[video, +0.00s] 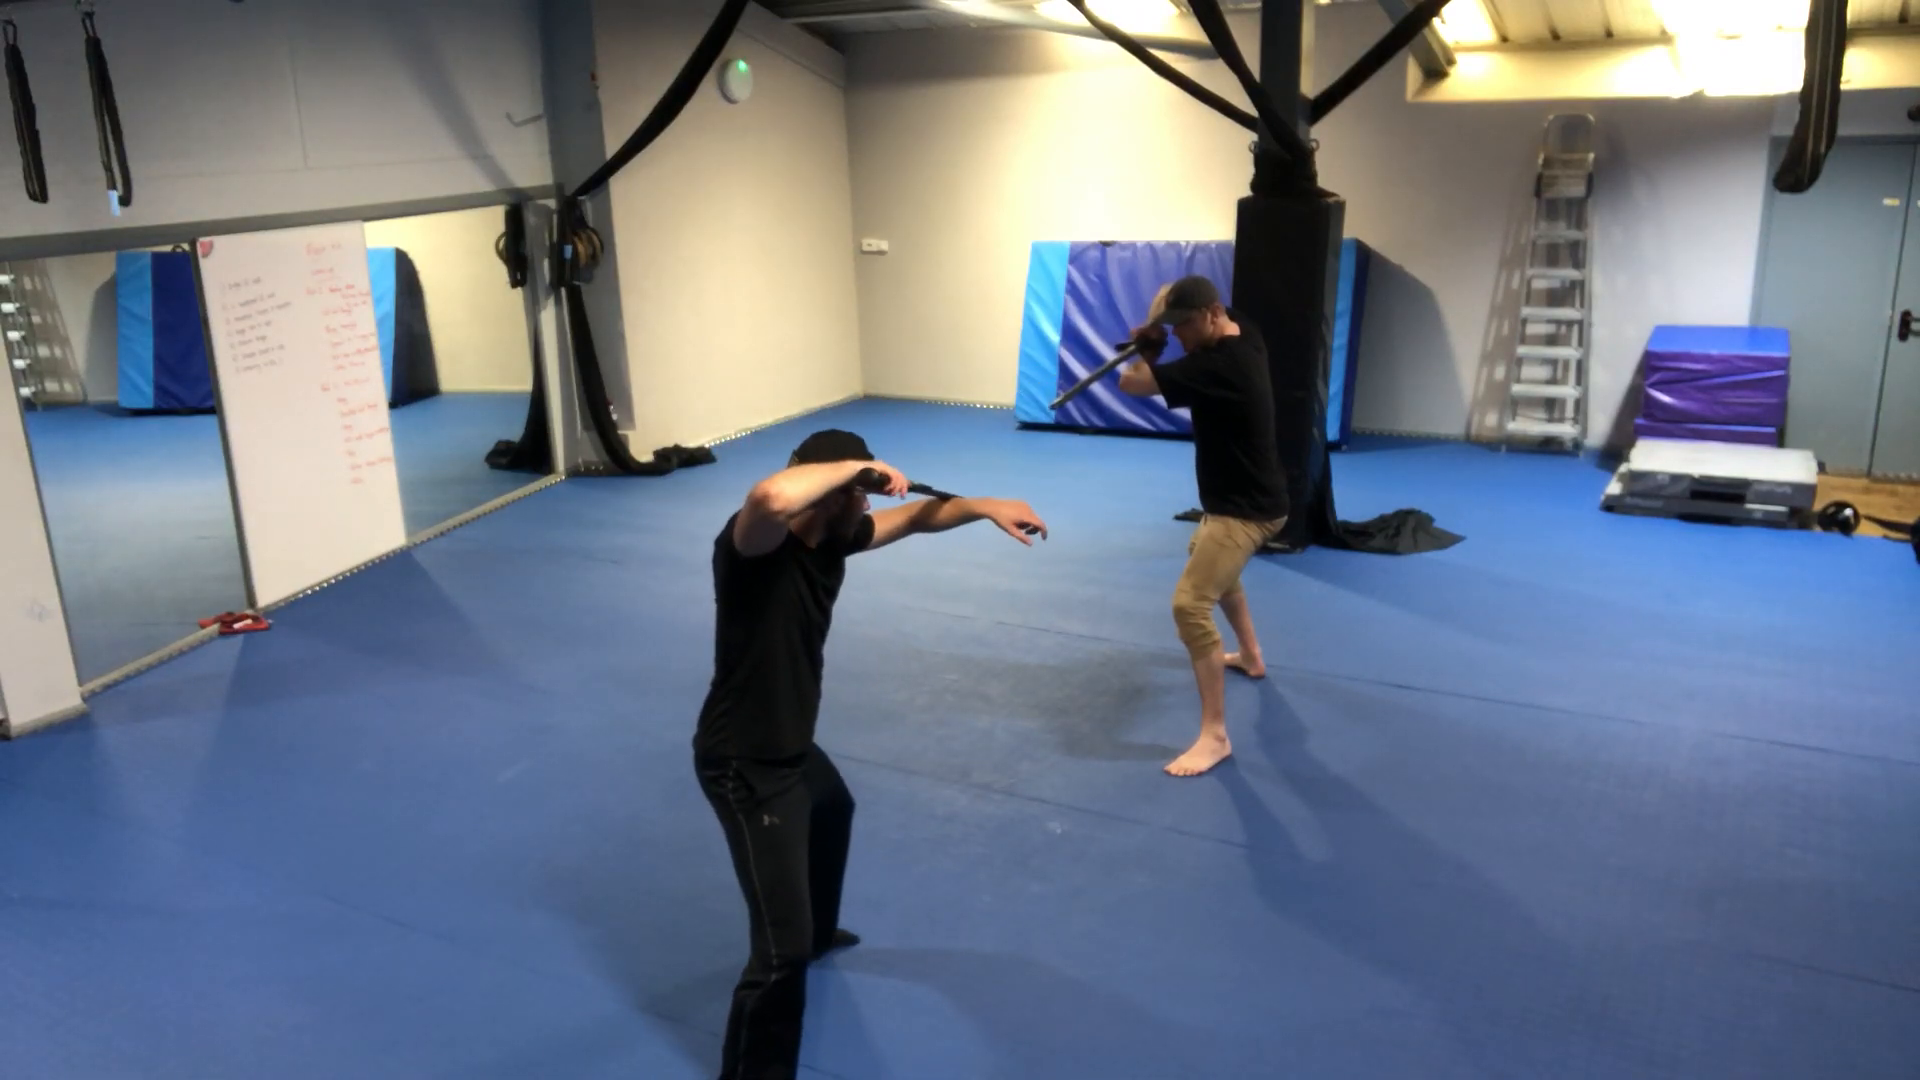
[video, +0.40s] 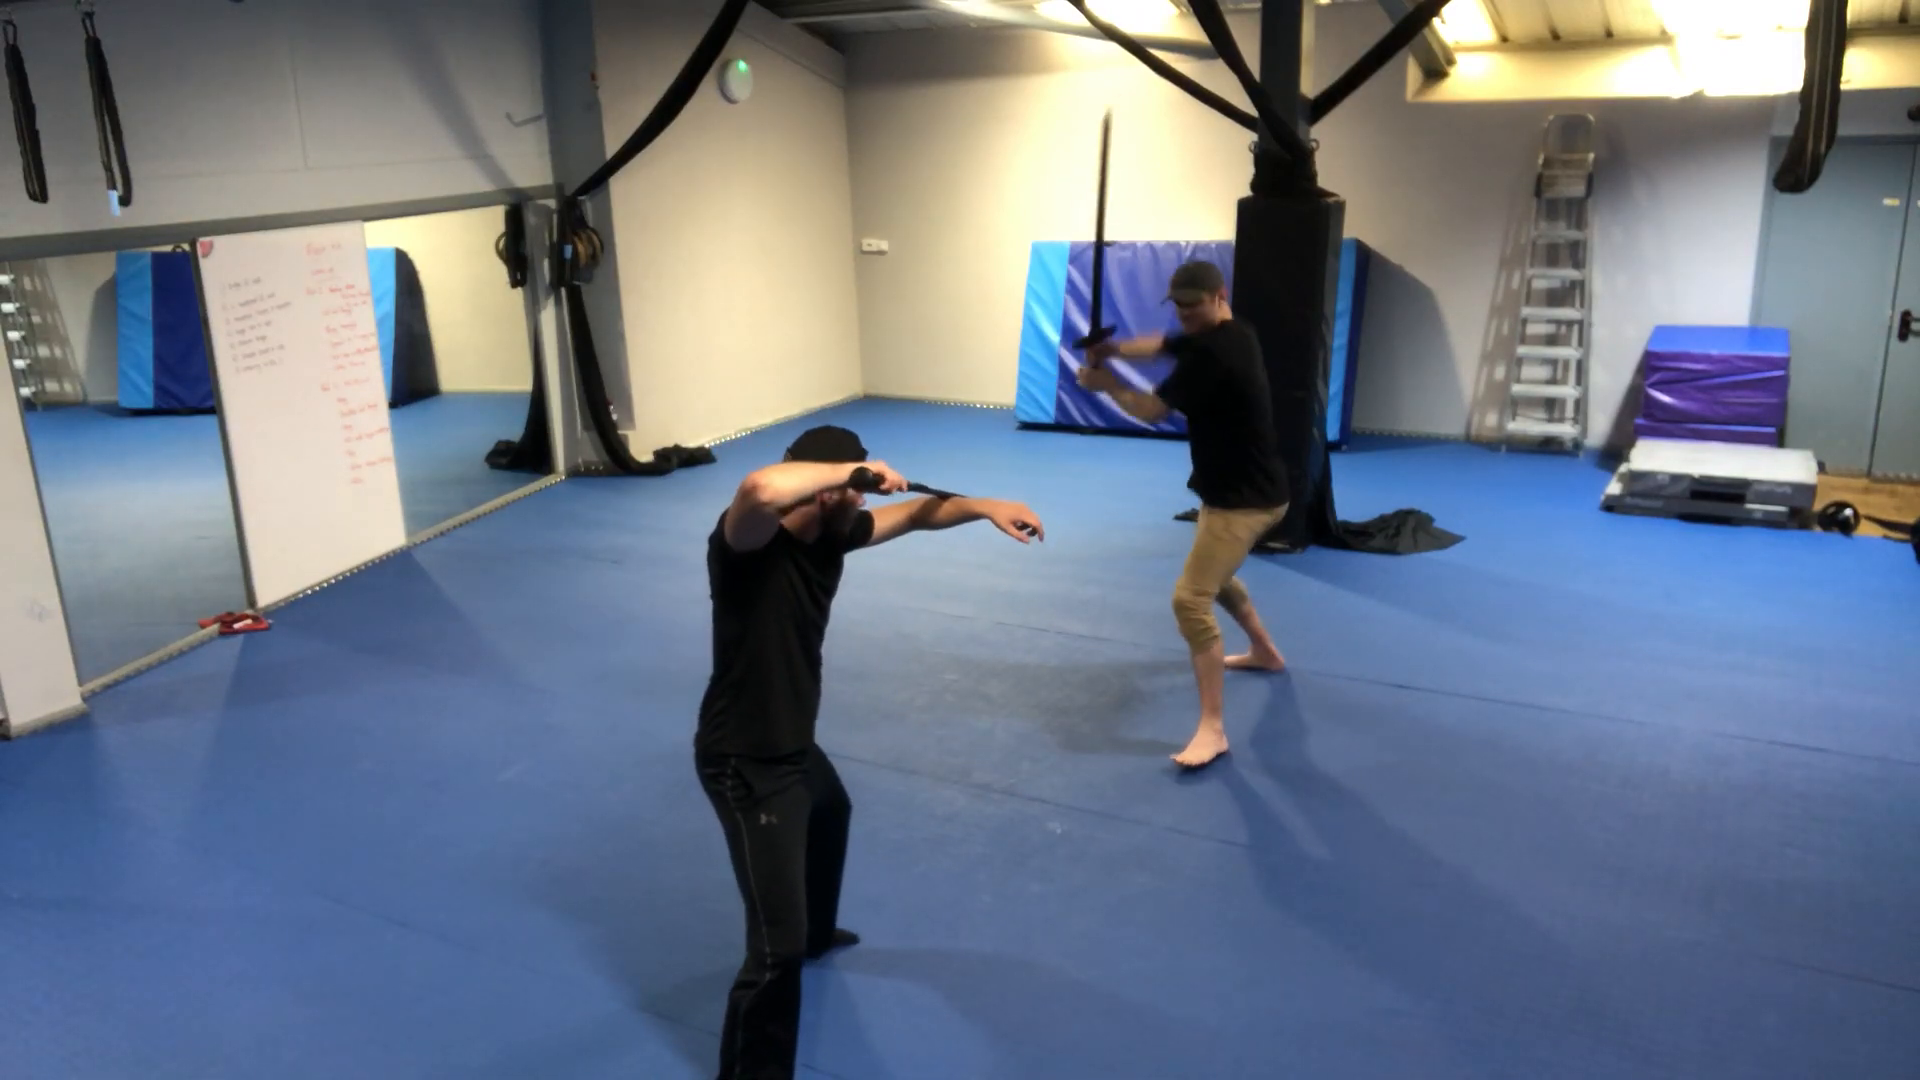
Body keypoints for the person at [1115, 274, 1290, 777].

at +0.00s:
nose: (1179, 337)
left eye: (1183, 329)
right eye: (1175, 329)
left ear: (1211, 317)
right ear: (1213, 317)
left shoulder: (1218, 364)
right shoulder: (1240, 340)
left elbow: (1133, 381)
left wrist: (1150, 347)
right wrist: (1155, 326)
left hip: (1244, 511)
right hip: (1236, 501)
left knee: (1192, 608)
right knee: (1208, 558)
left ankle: (1214, 734)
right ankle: (1250, 653)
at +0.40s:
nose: (1182, 315)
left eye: (1190, 307)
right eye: (1179, 307)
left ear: (1218, 301)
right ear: (1210, 303)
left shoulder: (1210, 352)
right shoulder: (1234, 332)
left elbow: (1150, 411)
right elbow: (1163, 345)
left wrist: (1105, 382)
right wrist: (1112, 349)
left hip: (1240, 501)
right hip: (1244, 491)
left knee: (1191, 603)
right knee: (1213, 575)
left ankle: (1212, 728)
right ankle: (1264, 651)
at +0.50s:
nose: (1181, 323)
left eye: (1191, 314)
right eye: (1178, 314)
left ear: (1219, 312)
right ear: (1177, 312)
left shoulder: (1222, 361)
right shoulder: (1198, 353)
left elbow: (1157, 424)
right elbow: (1146, 393)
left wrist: (1103, 398)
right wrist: (1107, 367)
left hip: (1247, 510)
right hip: (1215, 503)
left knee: (1182, 607)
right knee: (1210, 584)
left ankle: (1205, 726)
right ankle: (1264, 652)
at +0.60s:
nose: (1187, 316)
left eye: (1197, 307)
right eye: (1180, 307)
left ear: (1221, 306)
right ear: (1172, 308)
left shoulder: (1235, 353)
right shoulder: (1178, 357)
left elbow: (1165, 400)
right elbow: (1143, 410)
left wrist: (1098, 387)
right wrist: (1100, 376)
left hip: (1235, 513)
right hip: (1188, 507)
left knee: (1179, 619)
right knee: (1216, 592)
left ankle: (1204, 730)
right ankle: (1261, 647)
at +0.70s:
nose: (1181, 312)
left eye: (1192, 303)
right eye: (1174, 302)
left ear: (1215, 301)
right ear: (1164, 302)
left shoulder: (1238, 338)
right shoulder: (1158, 356)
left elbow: (1179, 359)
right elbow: (1115, 436)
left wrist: (1097, 358)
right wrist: (1087, 372)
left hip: (1223, 510)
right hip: (1168, 507)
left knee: (1181, 635)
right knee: (1163, 625)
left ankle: (1206, 734)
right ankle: (1229, 630)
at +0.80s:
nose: (1169, 309)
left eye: (1178, 298)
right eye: (1159, 299)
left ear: (1199, 293)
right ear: (1146, 297)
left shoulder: (1225, 329)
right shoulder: (1133, 357)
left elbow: (1193, 344)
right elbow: (1114, 433)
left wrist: (1097, 345)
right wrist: (1084, 367)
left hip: (1213, 508)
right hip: (1149, 507)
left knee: (1190, 646)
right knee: (1122, 637)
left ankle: (1208, 732)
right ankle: (1173, 675)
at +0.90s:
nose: (1147, 306)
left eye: (1156, 295)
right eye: (1137, 296)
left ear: (1176, 290)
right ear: (1124, 295)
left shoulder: (1201, 325)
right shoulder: (1110, 352)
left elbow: (1196, 349)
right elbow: (1111, 442)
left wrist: (1105, 364)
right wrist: (1082, 381)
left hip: (1194, 518)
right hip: (1126, 518)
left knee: (1194, 653)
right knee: (1091, 645)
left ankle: (1205, 735)